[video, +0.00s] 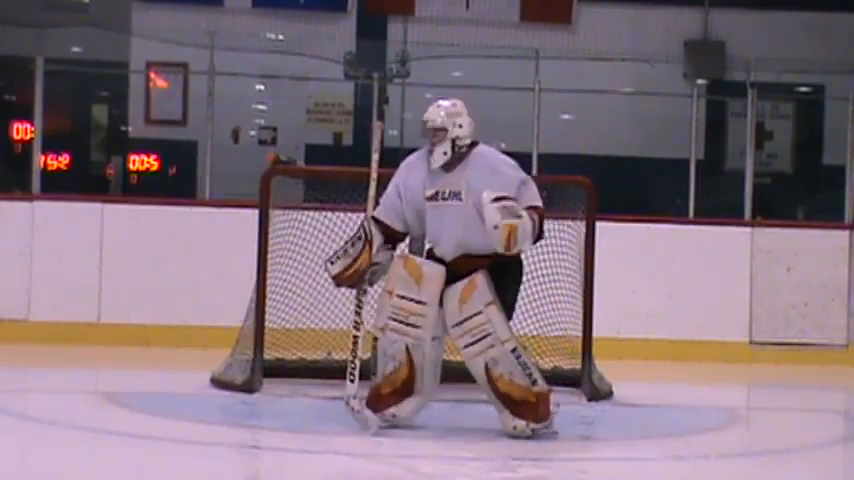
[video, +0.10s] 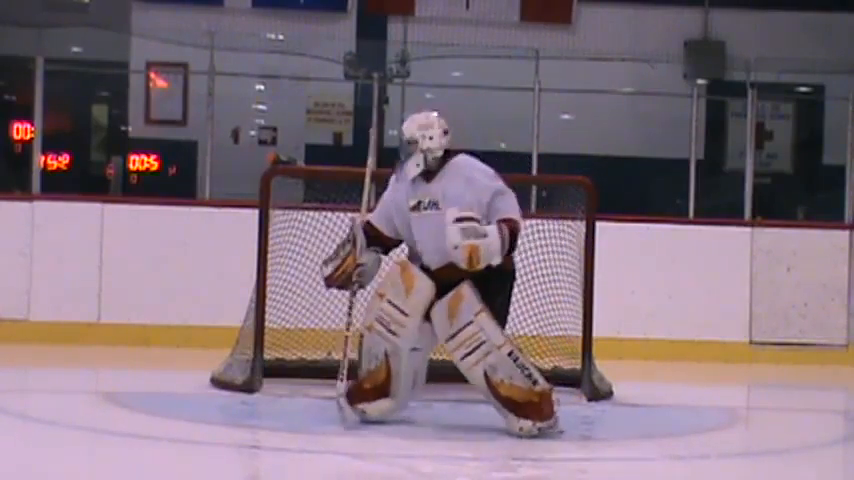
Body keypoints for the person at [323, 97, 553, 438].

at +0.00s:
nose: (433, 140)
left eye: (439, 132)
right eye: (429, 133)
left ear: (461, 131)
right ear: (426, 131)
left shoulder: (492, 164)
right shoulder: (415, 168)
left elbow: (533, 210)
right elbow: (389, 220)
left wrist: (518, 229)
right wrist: (359, 252)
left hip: (494, 266)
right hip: (436, 268)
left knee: (490, 340)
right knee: (410, 333)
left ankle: (525, 412)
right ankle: (395, 406)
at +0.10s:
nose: (411, 153)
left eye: (417, 145)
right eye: (408, 145)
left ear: (437, 142)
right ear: (407, 145)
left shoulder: (468, 170)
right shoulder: (403, 182)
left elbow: (509, 211)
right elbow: (383, 228)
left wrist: (495, 240)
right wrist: (355, 248)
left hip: (484, 273)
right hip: (431, 276)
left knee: (481, 345)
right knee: (400, 332)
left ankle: (529, 409)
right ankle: (382, 399)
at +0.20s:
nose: (388, 163)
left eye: (393, 155)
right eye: (382, 158)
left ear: (410, 153)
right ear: (378, 160)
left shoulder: (438, 181)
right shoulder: (383, 199)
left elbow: (477, 227)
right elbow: (360, 235)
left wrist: (446, 253)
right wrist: (335, 256)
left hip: (469, 279)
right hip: (421, 283)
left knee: (481, 346)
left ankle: (535, 405)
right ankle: (350, 387)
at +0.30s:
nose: (344, 172)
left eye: (347, 164)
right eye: (342, 165)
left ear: (362, 161)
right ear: (348, 166)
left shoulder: (393, 185)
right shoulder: (354, 197)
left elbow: (432, 236)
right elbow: (337, 234)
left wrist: (402, 259)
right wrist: (316, 242)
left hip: (438, 277)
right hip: (397, 281)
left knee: (465, 345)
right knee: (339, 313)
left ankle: (537, 404)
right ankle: (338, 387)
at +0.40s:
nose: (313, 175)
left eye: (317, 166)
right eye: (311, 168)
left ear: (333, 164)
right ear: (317, 168)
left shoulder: (359, 186)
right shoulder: (327, 202)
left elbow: (398, 240)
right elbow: (309, 234)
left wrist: (365, 261)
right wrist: (286, 249)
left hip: (412, 268)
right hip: (375, 274)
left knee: (424, 342)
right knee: (320, 308)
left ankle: (509, 394)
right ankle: (319, 378)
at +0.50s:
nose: (291, 170)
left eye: (294, 163)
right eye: (288, 164)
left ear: (310, 159)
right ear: (311, 158)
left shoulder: (337, 180)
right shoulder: (305, 195)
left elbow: (375, 229)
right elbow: (289, 227)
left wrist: (344, 256)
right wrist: (264, 250)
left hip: (393, 262)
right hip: (359, 269)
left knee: (391, 340)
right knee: (303, 306)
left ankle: (468, 388)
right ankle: (307, 375)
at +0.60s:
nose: (277, 167)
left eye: (280, 161)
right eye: (275, 161)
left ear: (293, 157)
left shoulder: (322, 176)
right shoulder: (289, 190)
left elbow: (362, 230)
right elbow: (272, 226)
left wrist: (329, 251)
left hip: (375, 262)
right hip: (343, 266)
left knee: (360, 337)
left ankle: (433, 389)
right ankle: (288, 376)